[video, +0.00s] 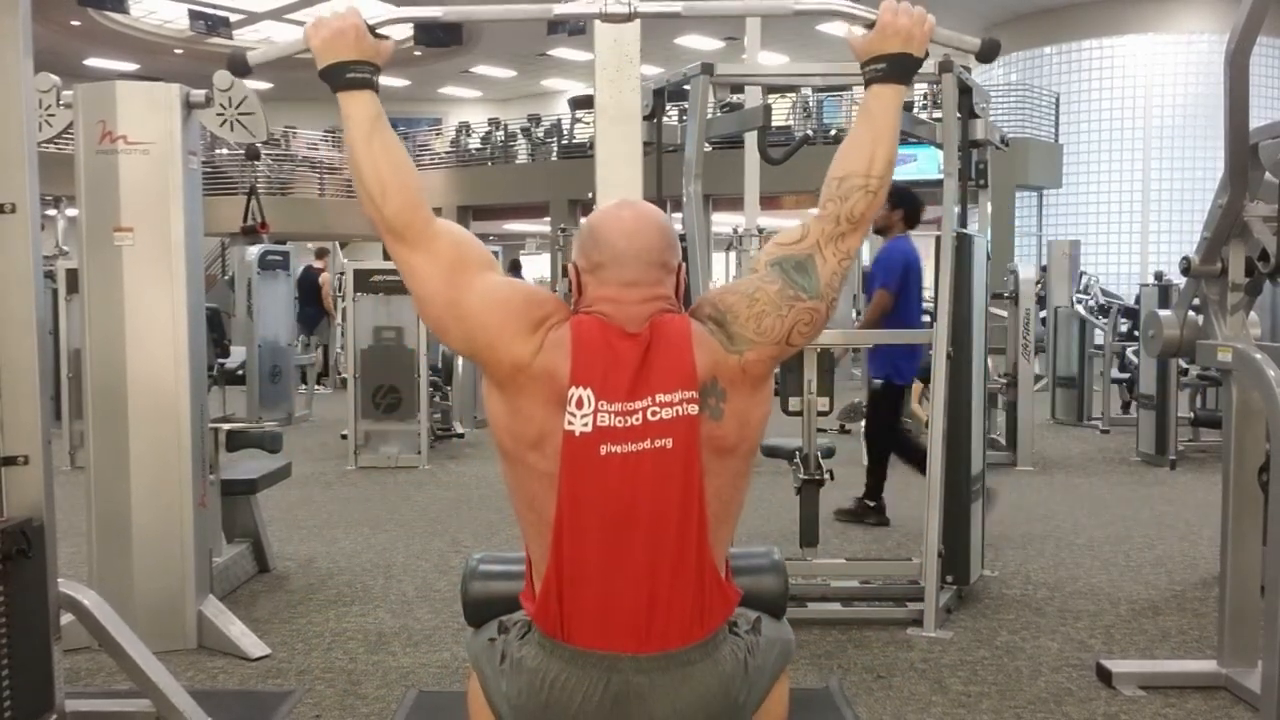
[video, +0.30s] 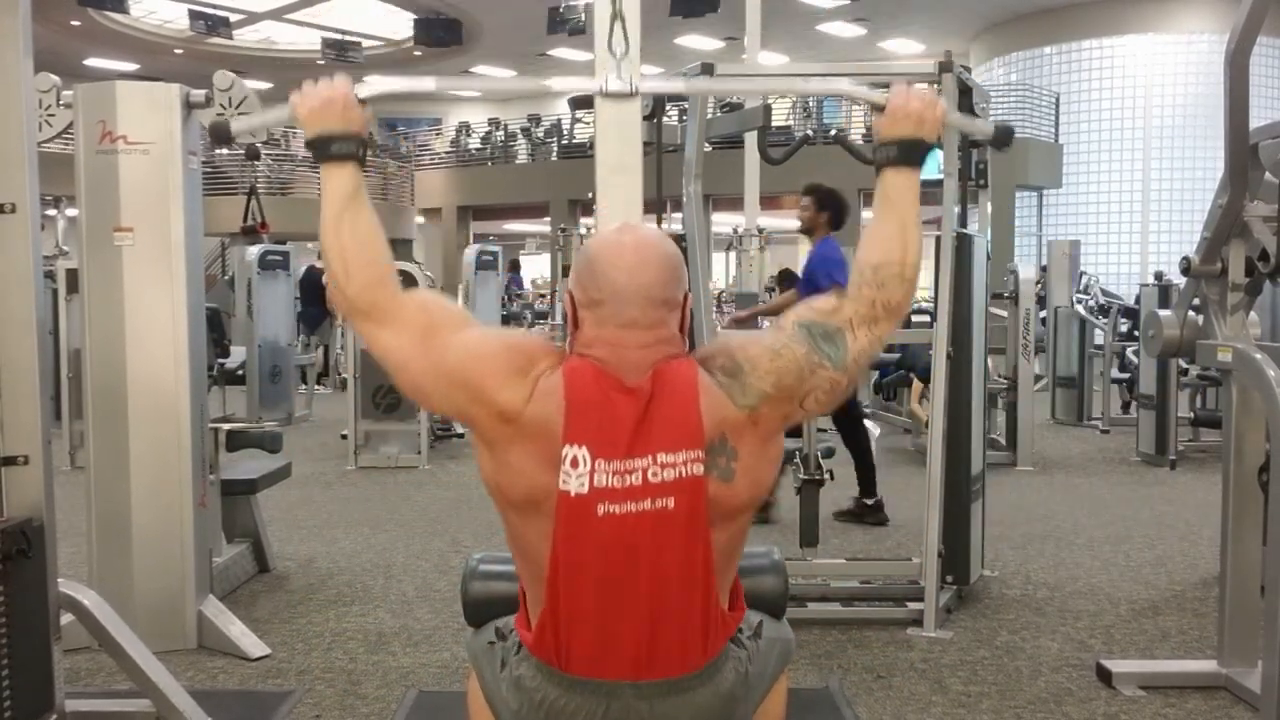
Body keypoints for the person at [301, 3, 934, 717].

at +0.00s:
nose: (574, 275)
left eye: (575, 264)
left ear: (576, 280)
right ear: (679, 278)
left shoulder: (519, 340)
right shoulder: (739, 343)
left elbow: (407, 225)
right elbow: (842, 219)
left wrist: (348, 75)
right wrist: (890, 72)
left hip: (557, 682)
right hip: (699, 683)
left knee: (489, 664)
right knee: (771, 646)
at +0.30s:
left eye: (571, 290)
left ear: (572, 309)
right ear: (683, 308)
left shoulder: (508, 383)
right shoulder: (751, 385)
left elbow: (368, 300)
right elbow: (874, 307)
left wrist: (336, 150)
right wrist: (902, 159)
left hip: (555, 688)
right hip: (704, 686)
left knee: (489, 652)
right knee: (770, 646)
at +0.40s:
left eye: (566, 311)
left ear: (569, 331)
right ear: (684, 330)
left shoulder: (503, 411)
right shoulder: (754, 411)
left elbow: (360, 351)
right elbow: (888, 355)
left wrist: (333, 199)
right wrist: (908, 207)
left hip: (552, 691)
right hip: (710, 688)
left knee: (486, 660)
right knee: (770, 642)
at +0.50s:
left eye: (566, 331)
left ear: (567, 349)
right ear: (685, 351)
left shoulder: (500, 441)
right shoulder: (761, 439)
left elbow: (351, 403)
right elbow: (897, 414)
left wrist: (331, 252)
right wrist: (912, 268)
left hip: (549, 695)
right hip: (703, 693)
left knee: (489, 650)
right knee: (771, 646)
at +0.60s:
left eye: (567, 344)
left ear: (566, 368)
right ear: (686, 369)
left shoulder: (495, 473)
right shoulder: (756, 474)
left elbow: (340, 452)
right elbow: (901, 465)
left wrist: (327, 305)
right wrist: (914, 319)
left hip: (546, 696)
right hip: (708, 694)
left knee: (492, 615)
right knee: (770, 639)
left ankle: (480, 708)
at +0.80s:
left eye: (564, 375)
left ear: (564, 398)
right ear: (688, 401)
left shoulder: (488, 517)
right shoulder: (764, 515)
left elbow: (336, 555)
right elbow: (895, 564)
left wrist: (323, 407)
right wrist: (909, 417)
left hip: (537, 704)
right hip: (703, 704)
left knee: (488, 643)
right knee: (770, 628)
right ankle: (774, 702)